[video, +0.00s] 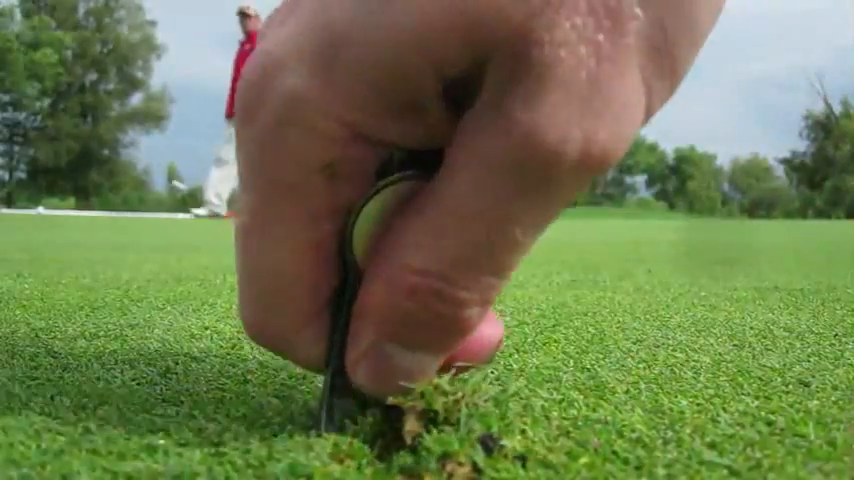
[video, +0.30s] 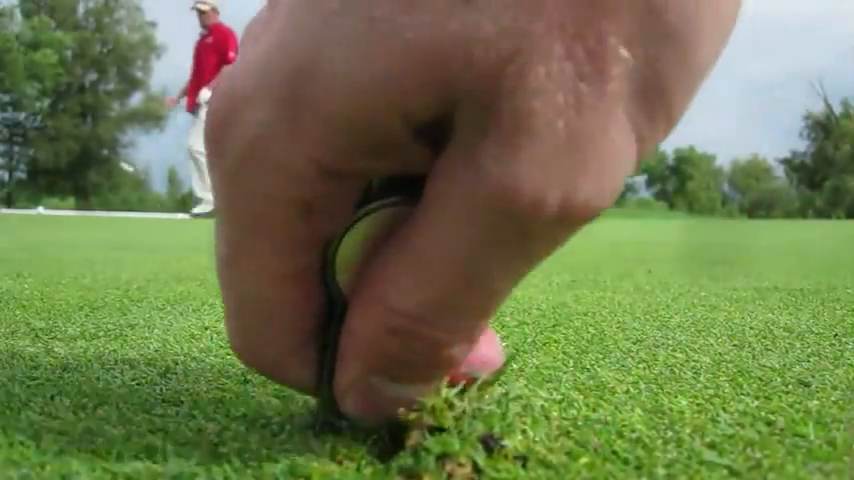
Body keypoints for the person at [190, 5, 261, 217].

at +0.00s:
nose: (244, 22)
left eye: (248, 18)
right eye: (242, 19)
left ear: (258, 19)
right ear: (241, 22)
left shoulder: (261, 43)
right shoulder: (244, 45)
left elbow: (255, 78)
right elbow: (237, 78)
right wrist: (231, 109)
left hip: (251, 114)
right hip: (236, 114)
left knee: (227, 159)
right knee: (226, 159)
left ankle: (215, 203)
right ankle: (215, 203)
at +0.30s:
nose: (200, 17)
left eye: (203, 12)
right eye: (198, 13)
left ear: (214, 12)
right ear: (199, 15)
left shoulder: (225, 34)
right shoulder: (202, 40)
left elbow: (230, 65)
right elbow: (196, 74)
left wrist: (211, 88)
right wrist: (179, 96)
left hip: (213, 99)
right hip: (198, 101)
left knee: (196, 145)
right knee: (201, 148)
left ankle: (207, 198)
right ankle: (205, 199)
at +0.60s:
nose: (164, 15)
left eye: (168, 11)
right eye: (162, 11)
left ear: (179, 11)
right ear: (160, 13)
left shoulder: (189, 34)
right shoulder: (159, 39)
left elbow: (194, 68)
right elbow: (152, 68)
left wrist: (166, 82)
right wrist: (145, 83)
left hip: (177, 98)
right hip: (161, 98)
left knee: (158, 149)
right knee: (172, 153)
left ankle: (143, 201)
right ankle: (201, 195)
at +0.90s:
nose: (128, 6)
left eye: (132, 3)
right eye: (126, 3)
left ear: (143, 4)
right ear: (123, 5)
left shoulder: (153, 26)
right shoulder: (122, 29)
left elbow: (159, 61)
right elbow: (116, 59)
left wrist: (128, 73)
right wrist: (110, 77)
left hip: (141, 98)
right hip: (119, 98)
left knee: (138, 150)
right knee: (102, 146)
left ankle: (140, 201)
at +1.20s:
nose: (89, 12)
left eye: (93, 8)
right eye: (87, 8)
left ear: (106, 6)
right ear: (84, 8)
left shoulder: (120, 26)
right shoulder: (78, 28)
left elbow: (128, 61)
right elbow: (75, 61)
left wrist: (99, 78)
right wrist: (77, 80)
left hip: (111, 94)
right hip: (84, 95)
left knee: (104, 143)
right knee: (70, 148)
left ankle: (129, 194)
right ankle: (69, 201)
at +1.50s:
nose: (77, 5)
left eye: (81, 2)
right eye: (74, 2)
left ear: (92, 2)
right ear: (70, 3)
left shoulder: (107, 23)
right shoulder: (58, 23)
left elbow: (112, 60)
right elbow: (53, 57)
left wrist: (84, 77)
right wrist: (65, 82)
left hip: (96, 95)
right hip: (66, 95)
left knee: (88, 144)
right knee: (62, 148)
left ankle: (80, 197)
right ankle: (66, 198)